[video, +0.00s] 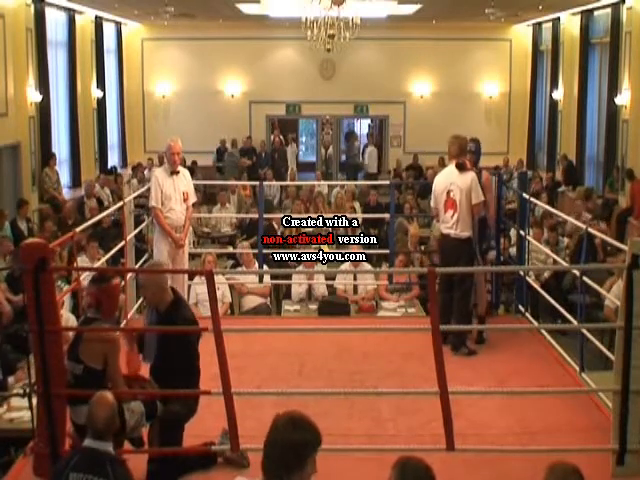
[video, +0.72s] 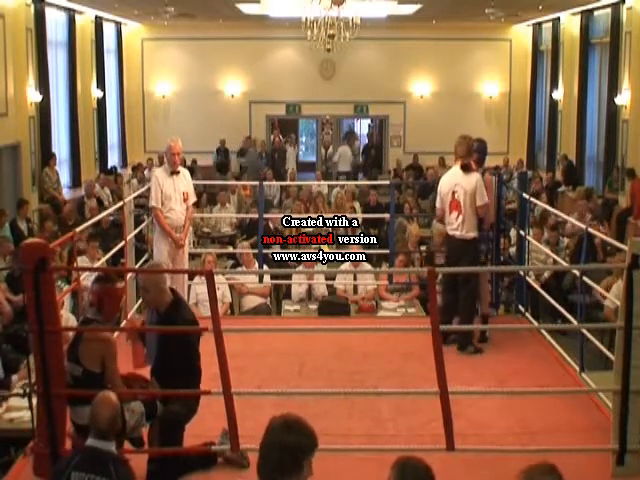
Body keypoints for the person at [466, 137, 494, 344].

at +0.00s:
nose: (469, 157)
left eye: (472, 153)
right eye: (467, 152)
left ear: (478, 156)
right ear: (463, 154)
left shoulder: (485, 178)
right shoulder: (456, 175)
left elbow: (490, 206)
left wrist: (490, 231)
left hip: (479, 231)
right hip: (459, 230)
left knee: (479, 277)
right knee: (462, 278)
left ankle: (480, 321)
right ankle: (460, 321)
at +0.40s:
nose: (469, 158)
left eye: (472, 154)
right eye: (468, 153)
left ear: (479, 155)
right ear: (467, 154)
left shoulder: (486, 178)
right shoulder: (461, 175)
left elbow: (490, 206)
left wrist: (490, 230)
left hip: (482, 230)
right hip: (464, 229)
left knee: (481, 277)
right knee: (467, 277)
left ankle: (483, 322)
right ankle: (464, 321)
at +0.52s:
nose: (471, 157)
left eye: (474, 153)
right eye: (470, 152)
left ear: (480, 155)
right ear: (470, 154)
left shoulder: (488, 179)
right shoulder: (462, 176)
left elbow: (491, 206)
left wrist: (489, 228)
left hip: (483, 231)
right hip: (465, 229)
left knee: (483, 275)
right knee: (467, 276)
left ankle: (483, 322)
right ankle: (464, 320)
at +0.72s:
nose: (472, 158)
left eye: (476, 154)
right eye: (471, 153)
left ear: (481, 156)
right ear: (470, 154)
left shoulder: (488, 179)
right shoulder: (461, 176)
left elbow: (491, 207)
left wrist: (488, 223)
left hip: (483, 231)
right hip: (465, 230)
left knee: (483, 276)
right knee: (466, 277)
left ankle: (484, 320)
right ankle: (462, 319)